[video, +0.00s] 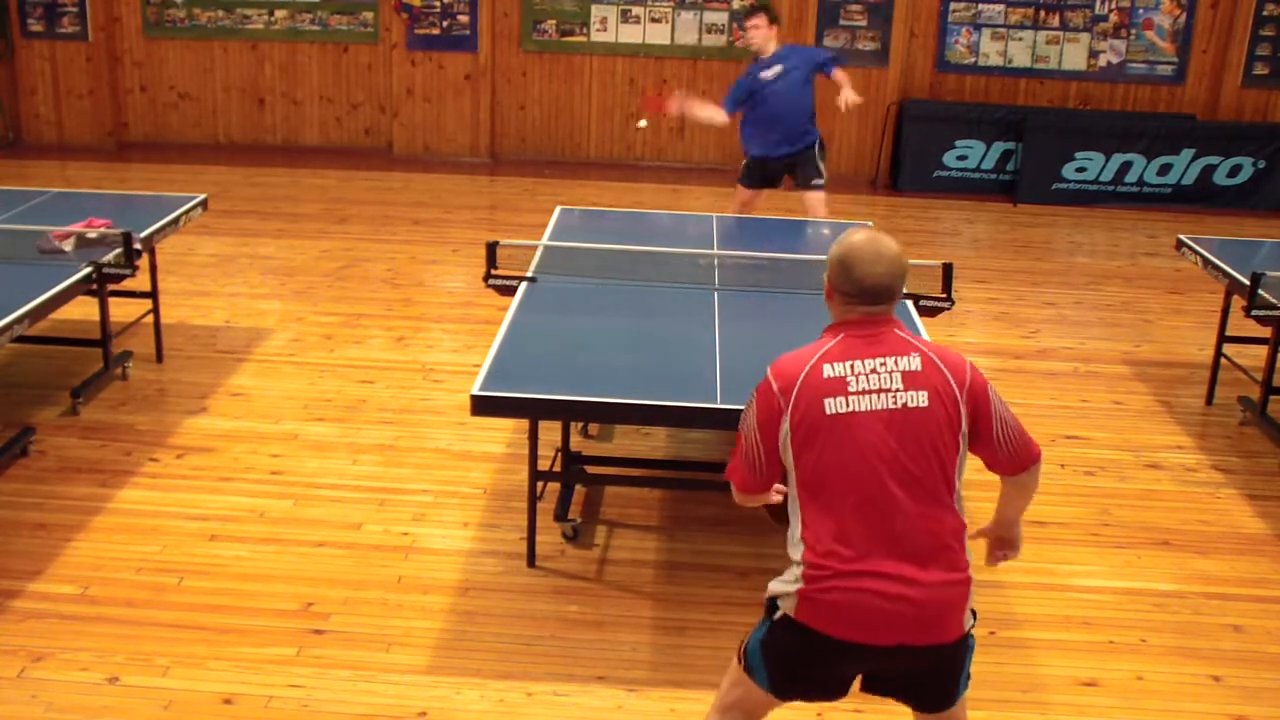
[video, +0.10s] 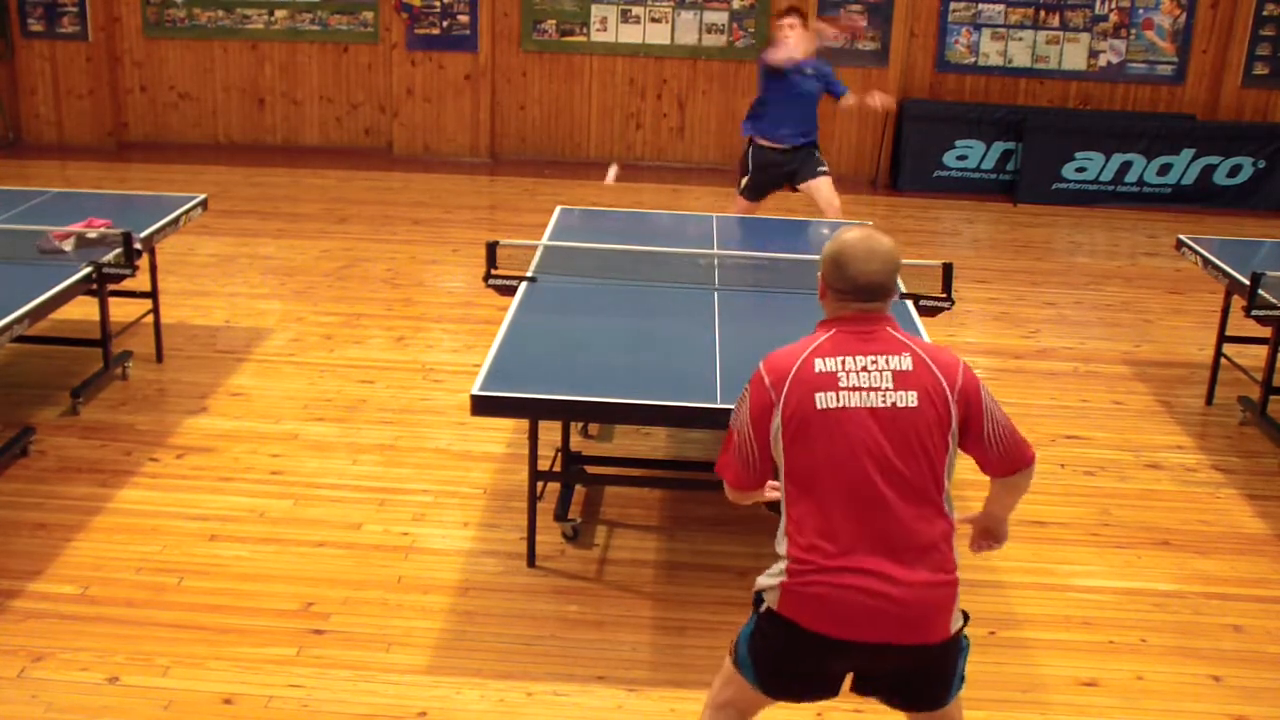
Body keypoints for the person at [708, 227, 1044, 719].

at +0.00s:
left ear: (828, 290)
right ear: (900, 292)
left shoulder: (787, 377)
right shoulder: (953, 371)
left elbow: (747, 489)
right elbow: (1023, 462)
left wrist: (769, 492)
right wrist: (1006, 522)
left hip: (825, 619)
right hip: (935, 625)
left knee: (737, 704)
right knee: (944, 709)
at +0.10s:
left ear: (822, 288)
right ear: (895, 290)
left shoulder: (780, 371)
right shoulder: (946, 370)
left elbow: (739, 486)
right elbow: (1016, 462)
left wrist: (763, 490)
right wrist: (995, 516)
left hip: (810, 619)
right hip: (922, 625)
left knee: (727, 706)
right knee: (939, 710)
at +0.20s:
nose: (790, 288)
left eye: (791, 279)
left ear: (798, 288)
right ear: (864, 286)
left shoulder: (763, 373)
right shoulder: (922, 367)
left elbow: (708, 479)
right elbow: (1001, 460)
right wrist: (1006, 519)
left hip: (796, 612)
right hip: (901, 616)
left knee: (702, 700)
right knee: (939, 711)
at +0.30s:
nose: (736, 300)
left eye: (737, 292)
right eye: (738, 289)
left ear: (749, 301)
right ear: (814, 295)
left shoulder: (724, 387)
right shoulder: (883, 366)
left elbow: (622, 458)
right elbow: (969, 448)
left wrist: (556, 439)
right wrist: (1018, 522)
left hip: (777, 617)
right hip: (884, 616)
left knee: (676, 687)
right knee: (918, 708)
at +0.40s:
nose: (703, 304)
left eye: (705, 296)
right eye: (706, 293)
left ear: (715, 308)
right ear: (782, 302)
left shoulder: (695, 399)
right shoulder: (849, 372)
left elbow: (585, 444)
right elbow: (936, 447)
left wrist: (569, 381)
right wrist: (1008, 502)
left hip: (753, 624)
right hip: (860, 620)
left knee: (654, 675)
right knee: (890, 706)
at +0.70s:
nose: (756, 290)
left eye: (759, 280)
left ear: (766, 294)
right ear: (839, 293)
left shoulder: (741, 392)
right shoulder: (891, 377)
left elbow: (649, 466)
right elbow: (960, 439)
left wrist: (576, 397)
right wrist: (984, 475)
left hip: (747, 617)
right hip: (858, 624)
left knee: (664, 689)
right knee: (879, 712)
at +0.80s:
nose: (814, 284)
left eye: (817, 277)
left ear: (822, 293)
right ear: (893, 295)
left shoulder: (803, 391)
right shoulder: (938, 376)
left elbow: (722, 492)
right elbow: (994, 437)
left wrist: (628, 456)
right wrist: (962, 455)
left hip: (796, 624)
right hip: (901, 626)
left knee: (695, 707)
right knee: (906, 714)